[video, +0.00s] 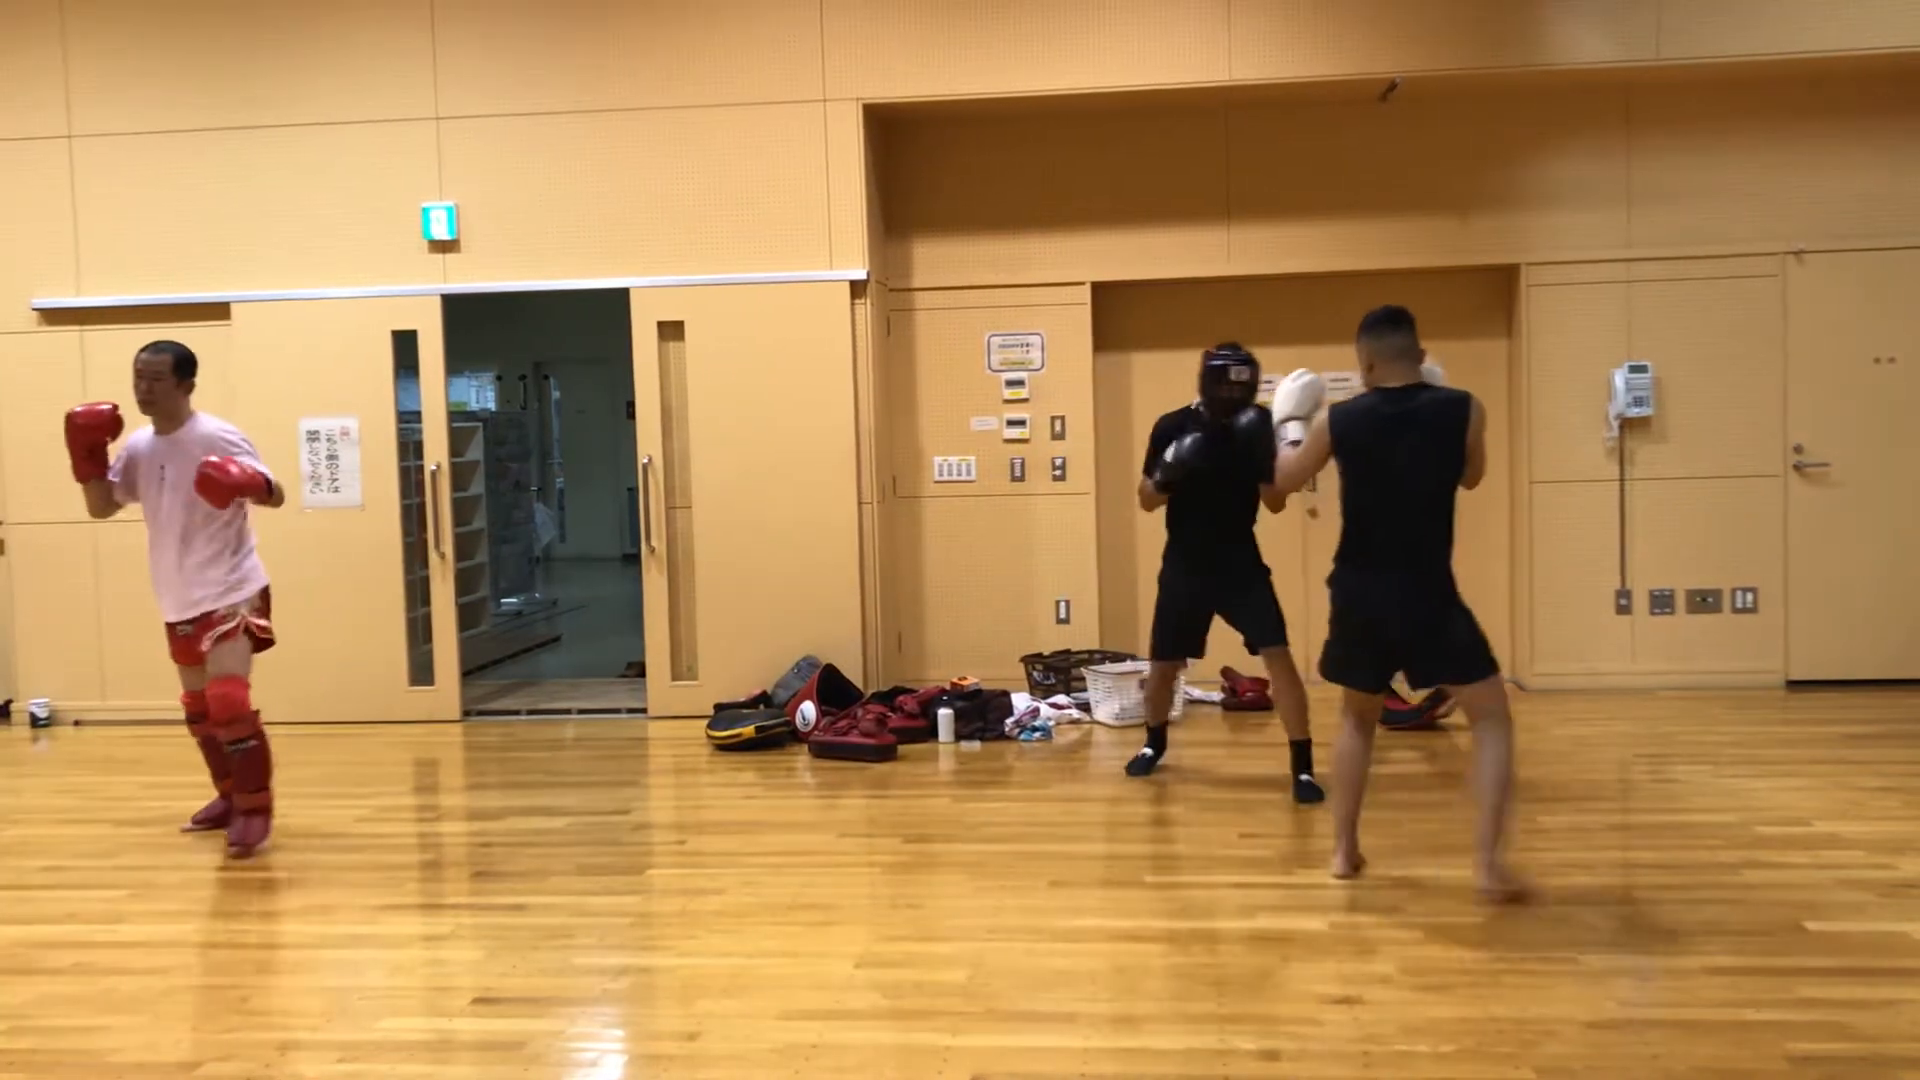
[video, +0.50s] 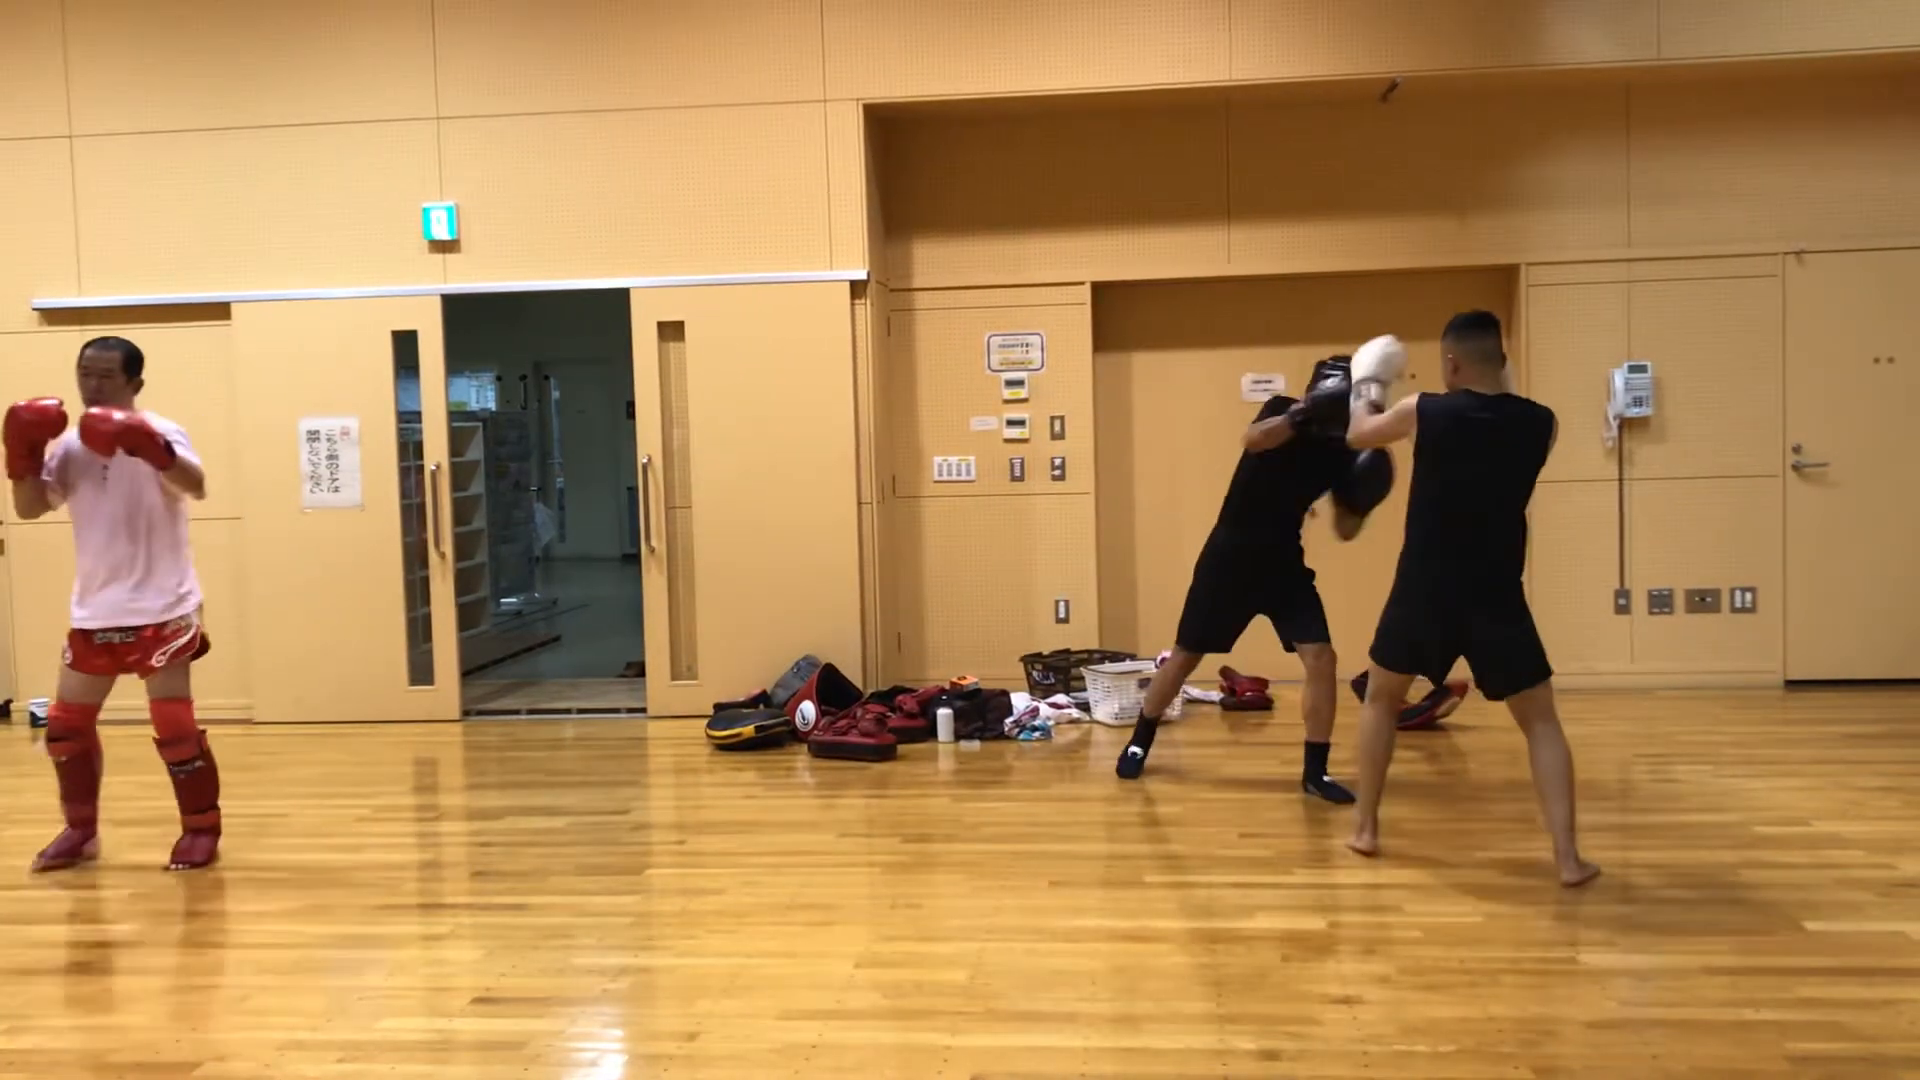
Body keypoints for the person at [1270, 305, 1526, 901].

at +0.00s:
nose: (1363, 369)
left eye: (1362, 361)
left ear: (1363, 361)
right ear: (1421, 355)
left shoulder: (1343, 419)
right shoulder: (1461, 409)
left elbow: (1286, 479)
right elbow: (1471, 476)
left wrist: (1289, 429)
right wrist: (1435, 401)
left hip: (1360, 598)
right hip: (1429, 598)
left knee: (1357, 719)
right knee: (1491, 716)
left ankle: (1344, 851)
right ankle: (1489, 863)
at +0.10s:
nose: (1383, 366)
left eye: (1385, 357)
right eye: (1388, 357)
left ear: (1393, 359)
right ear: (1447, 354)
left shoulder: (1370, 420)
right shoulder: (1487, 414)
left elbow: (1307, 474)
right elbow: (1493, 477)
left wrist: (1311, 417)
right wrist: (1457, 394)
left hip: (1383, 603)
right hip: (1456, 602)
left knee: (1366, 719)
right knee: (1514, 722)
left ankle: (1345, 849)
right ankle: (1561, 855)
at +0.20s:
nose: (1418, 381)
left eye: (1418, 373)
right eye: (1419, 373)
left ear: (1426, 373)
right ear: (1481, 368)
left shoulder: (1403, 429)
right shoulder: (1522, 428)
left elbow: (1337, 480)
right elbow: (1509, 494)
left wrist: (1338, 428)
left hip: (1413, 609)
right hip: (1485, 608)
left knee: (1378, 717)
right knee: (1542, 723)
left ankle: (1349, 846)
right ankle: (1567, 858)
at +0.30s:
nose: (1437, 380)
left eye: (1438, 372)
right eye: (1440, 372)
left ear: (1446, 373)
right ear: (1498, 369)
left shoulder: (1422, 429)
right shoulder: (1541, 430)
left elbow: (1356, 480)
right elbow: (1503, 483)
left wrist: (1354, 433)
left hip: (1428, 601)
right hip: (1501, 604)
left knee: (1388, 698)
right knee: (1547, 719)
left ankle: (1367, 827)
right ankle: (1570, 858)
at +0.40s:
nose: (1444, 370)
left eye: (1445, 363)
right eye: (1447, 363)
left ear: (1453, 364)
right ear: (1505, 360)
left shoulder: (1430, 413)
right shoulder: (1544, 421)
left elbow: (1369, 438)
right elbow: (1503, 455)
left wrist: (1367, 393)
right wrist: (1469, 401)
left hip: (1429, 592)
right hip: (1503, 597)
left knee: (1387, 700)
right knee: (1545, 719)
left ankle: (1366, 828)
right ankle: (1569, 859)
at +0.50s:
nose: (1443, 368)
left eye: (1443, 361)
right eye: (1446, 360)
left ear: (1451, 361)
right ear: (1503, 357)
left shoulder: (1427, 410)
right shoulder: (1540, 422)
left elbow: (1360, 433)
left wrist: (1366, 393)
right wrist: (1474, 392)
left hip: (1424, 590)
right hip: (1498, 596)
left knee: (1383, 699)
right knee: (1540, 719)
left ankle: (1364, 828)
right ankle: (1568, 859)